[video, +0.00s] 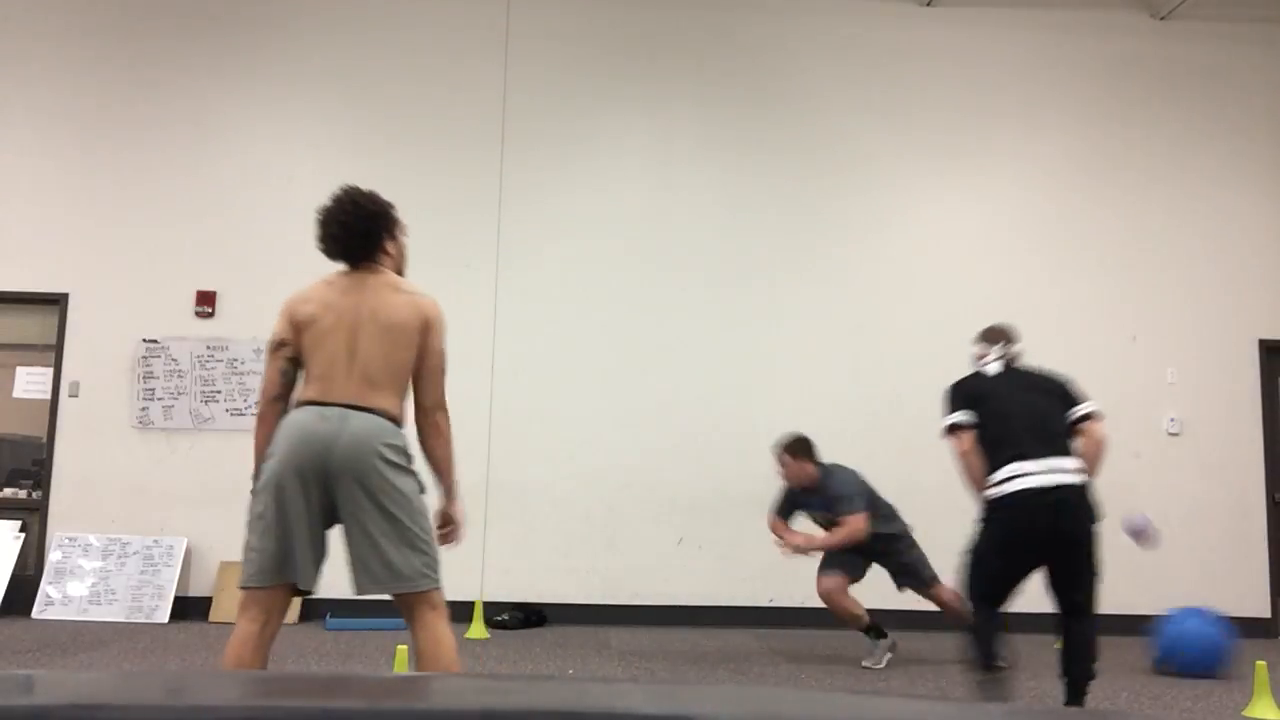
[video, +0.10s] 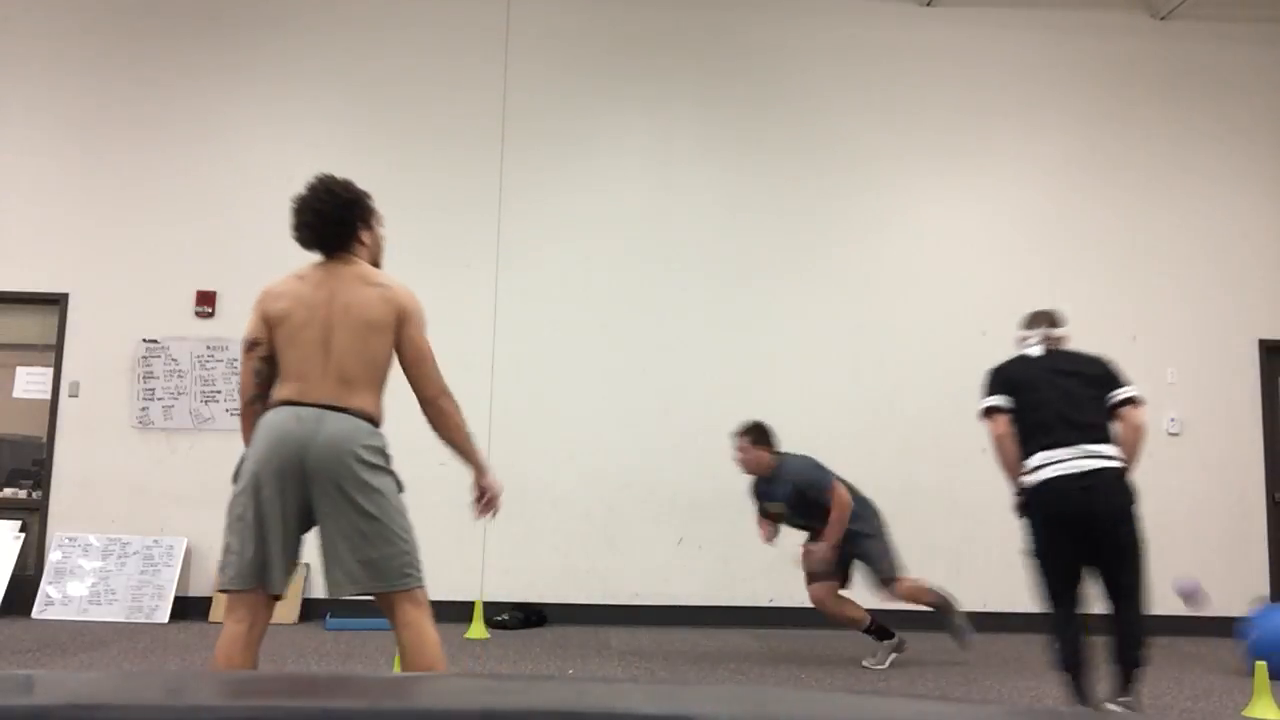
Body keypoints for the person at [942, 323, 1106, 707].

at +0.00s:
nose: (976, 360)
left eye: (977, 355)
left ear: (979, 354)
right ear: (1015, 351)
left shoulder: (966, 388)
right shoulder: (1051, 381)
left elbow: (966, 445)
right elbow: (1094, 433)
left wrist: (988, 495)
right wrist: (1075, 482)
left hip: (1013, 511)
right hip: (1071, 508)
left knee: (984, 596)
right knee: (1077, 605)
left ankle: (990, 669)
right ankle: (1076, 697)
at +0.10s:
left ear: (1020, 340)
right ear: (1062, 337)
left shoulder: (1003, 374)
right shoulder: (1095, 364)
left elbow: (1001, 431)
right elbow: (1134, 420)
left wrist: (1020, 483)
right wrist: (1120, 468)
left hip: (1049, 493)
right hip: (1106, 485)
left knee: (1063, 601)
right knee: (1125, 593)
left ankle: (1080, 695)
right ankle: (1125, 691)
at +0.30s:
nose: (1150, 353)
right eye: (1151, 347)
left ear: (1114, 348)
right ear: (1155, 348)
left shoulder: (1090, 391)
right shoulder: (1181, 383)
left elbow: (1070, 453)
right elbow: (1206, 446)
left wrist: (1068, 513)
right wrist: (1209, 502)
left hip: (1127, 522)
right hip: (1184, 514)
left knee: (1139, 611)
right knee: (1232, 607)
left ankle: (1130, 703)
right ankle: (1269, 693)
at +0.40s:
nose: (1195, 353)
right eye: (1196, 348)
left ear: (1156, 349)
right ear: (1196, 348)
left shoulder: (1132, 394)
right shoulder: (1219, 383)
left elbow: (1111, 458)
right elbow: (1245, 448)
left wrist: (1101, 514)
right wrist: (1256, 499)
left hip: (1171, 522)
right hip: (1227, 515)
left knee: (1169, 611)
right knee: (1270, 607)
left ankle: (1140, 691)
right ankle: (1276, 689)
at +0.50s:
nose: (1231, 350)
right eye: (1232, 345)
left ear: (1192, 345)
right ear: (1230, 346)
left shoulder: (1168, 390)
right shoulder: (1251, 383)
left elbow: (1148, 454)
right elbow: (1275, 443)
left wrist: (1140, 509)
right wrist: (1278, 482)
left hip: (1205, 516)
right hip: (1258, 509)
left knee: (1227, 604)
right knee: (1274, 598)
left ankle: (1185, 662)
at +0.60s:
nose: (1262, 347)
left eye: (1258, 341)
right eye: (1262, 341)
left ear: (1223, 340)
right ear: (1258, 341)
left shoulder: (1197, 383)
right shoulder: (1271, 377)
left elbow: (1172, 445)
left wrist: (1175, 493)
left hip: (1225, 505)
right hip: (1271, 499)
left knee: (1256, 593)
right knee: (1270, 592)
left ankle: (1249, 670)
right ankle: (1247, 669)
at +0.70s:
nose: (1277, 349)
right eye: (1278, 344)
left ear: (1245, 344)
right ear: (1278, 344)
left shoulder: (1220, 386)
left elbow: (1188, 445)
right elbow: (1189, 446)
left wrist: (1202, 476)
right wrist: (1202, 474)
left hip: (1247, 502)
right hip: (1275, 497)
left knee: (1275, 596)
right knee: (1275, 596)